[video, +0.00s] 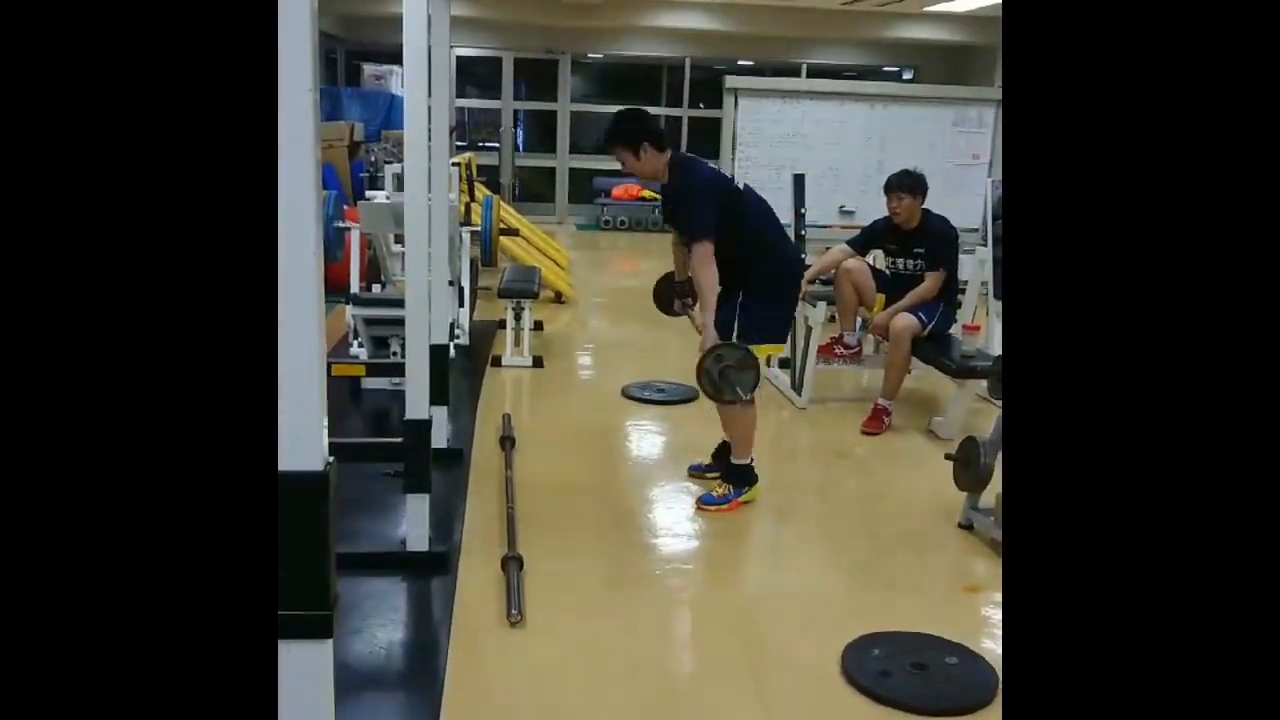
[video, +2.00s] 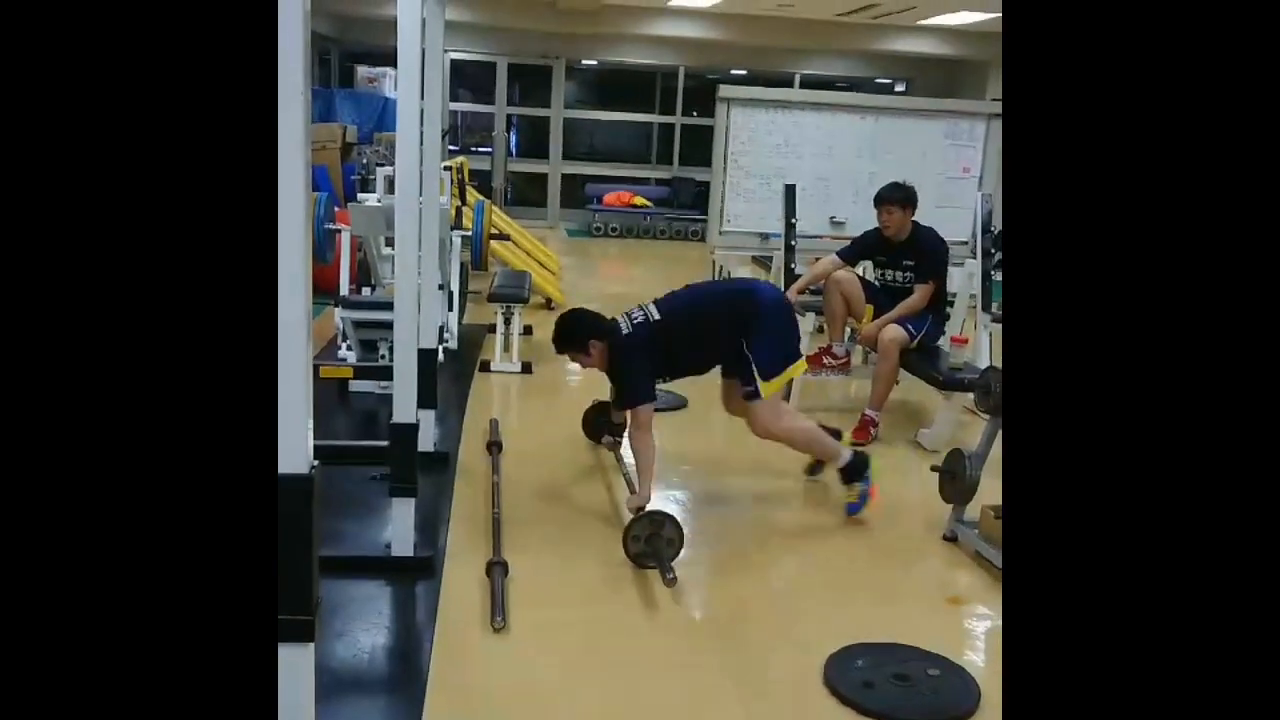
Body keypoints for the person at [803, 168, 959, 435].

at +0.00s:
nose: (893, 205)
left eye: (900, 198)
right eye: (889, 198)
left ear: (919, 200)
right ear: (886, 199)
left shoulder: (941, 231)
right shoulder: (883, 227)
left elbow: (931, 287)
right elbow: (842, 252)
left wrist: (888, 313)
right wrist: (806, 278)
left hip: (935, 303)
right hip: (894, 294)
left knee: (901, 325)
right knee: (847, 268)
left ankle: (883, 406)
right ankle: (848, 342)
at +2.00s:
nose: (883, 218)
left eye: (890, 212)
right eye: (880, 211)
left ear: (909, 213)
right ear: (876, 212)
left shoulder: (930, 243)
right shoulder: (873, 238)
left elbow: (921, 299)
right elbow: (832, 263)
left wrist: (877, 325)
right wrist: (795, 289)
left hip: (925, 314)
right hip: (885, 305)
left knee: (889, 336)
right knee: (837, 279)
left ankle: (870, 418)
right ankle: (837, 354)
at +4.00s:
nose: (880, 251)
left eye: (887, 245)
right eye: (877, 244)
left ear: (906, 246)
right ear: (873, 244)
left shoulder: (927, 277)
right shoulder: (870, 271)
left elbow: (916, 332)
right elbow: (828, 295)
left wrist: (873, 357)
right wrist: (792, 321)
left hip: (919, 347)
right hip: (880, 337)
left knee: (885, 368)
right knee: (834, 311)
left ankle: (866, 449)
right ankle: (834, 386)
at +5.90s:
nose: (875, 256)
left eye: (882, 250)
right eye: (873, 249)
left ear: (901, 249)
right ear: (869, 249)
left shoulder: (924, 278)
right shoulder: (867, 273)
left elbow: (916, 332)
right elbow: (827, 298)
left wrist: (873, 358)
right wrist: (791, 323)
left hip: (918, 348)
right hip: (881, 337)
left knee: (884, 370)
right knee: (833, 313)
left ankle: (866, 451)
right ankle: (833, 388)